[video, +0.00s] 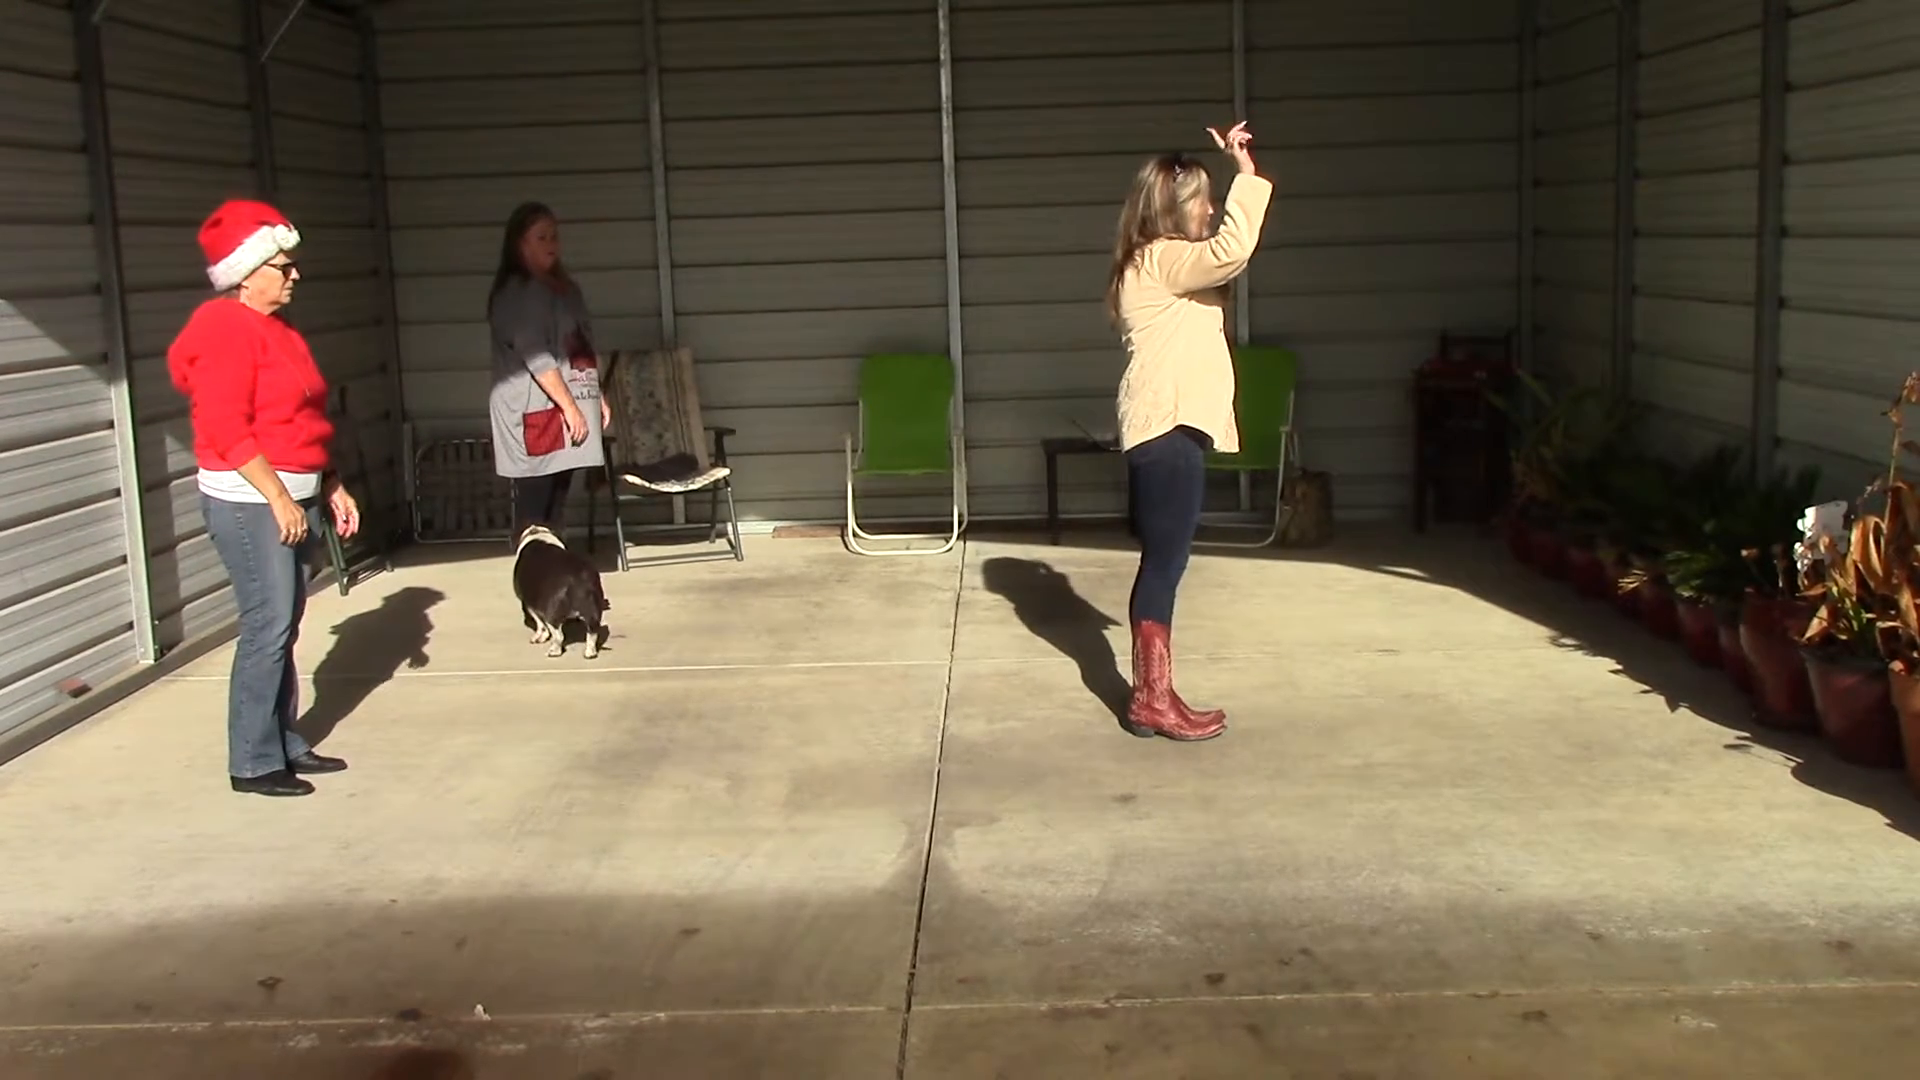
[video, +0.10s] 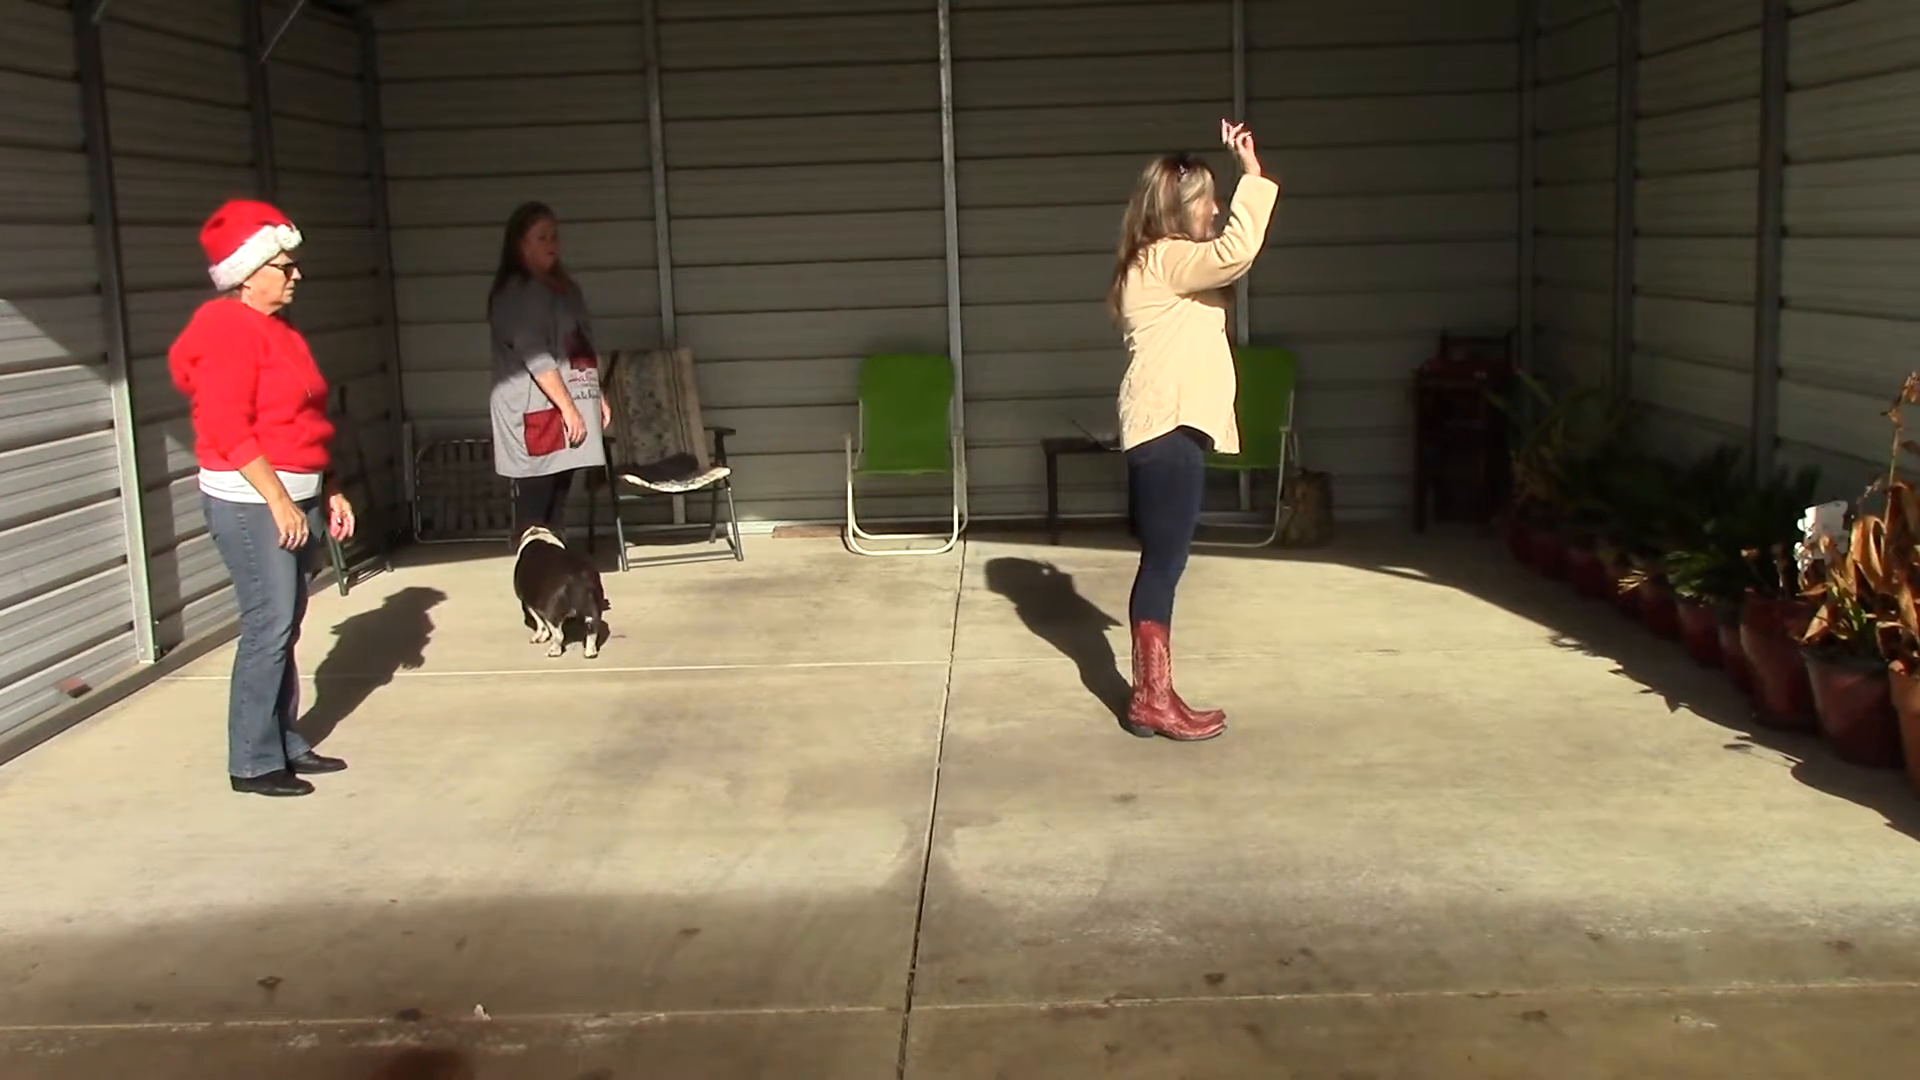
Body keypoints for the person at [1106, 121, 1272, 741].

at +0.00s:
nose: (1213, 209)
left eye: (1211, 199)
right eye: (1204, 200)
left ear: (1170, 206)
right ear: (1174, 206)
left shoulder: (1158, 262)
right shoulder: (1160, 258)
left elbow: (1227, 254)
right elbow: (1231, 250)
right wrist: (1250, 177)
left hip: (1167, 428)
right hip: (1168, 428)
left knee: (1162, 560)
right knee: (1164, 560)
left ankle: (1154, 695)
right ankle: (1151, 699)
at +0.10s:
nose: (1218, 209)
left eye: (1216, 199)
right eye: (1209, 199)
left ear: (1176, 206)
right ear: (1179, 207)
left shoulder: (1162, 261)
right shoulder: (1163, 258)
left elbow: (1231, 257)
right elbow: (1236, 251)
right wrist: (1255, 178)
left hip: (1168, 427)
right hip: (1168, 428)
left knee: (1162, 559)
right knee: (1163, 561)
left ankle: (1154, 694)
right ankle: (1151, 698)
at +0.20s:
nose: (1223, 210)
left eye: (1222, 199)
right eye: (1213, 200)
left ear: (1181, 207)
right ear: (1183, 207)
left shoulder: (1164, 262)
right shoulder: (1169, 259)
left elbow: (1237, 258)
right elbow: (1242, 254)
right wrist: (1262, 183)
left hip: (1171, 428)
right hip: (1171, 429)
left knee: (1163, 560)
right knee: (1162, 562)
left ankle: (1156, 695)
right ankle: (1150, 699)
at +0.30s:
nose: (1227, 212)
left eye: (1226, 201)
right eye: (1219, 201)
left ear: (1183, 205)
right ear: (1190, 205)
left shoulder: (1160, 263)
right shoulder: (1175, 259)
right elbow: (1248, 262)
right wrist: (1274, 191)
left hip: (1168, 427)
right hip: (1175, 427)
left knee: (1166, 561)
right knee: (1167, 563)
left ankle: (1156, 697)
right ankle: (1151, 700)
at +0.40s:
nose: (1230, 218)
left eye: (1230, 208)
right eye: (1222, 208)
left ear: (1180, 208)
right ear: (1192, 209)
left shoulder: (1156, 268)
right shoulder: (1183, 263)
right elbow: (1252, 274)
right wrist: (1287, 205)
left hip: (1158, 434)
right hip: (1183, 433)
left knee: (1173, 557)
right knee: (1207, 560)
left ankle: (1147, 690)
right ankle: (1157, 692)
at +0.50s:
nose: (1235, 226)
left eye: (1235, 215)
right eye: (1227, 215)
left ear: (1184, 214)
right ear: (1197, 214)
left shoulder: (1158, 274)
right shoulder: (1188, 268)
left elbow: (1217, 333)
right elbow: (1258, 280)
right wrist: (1299, 213)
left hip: (1159, 444)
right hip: (1192, 441)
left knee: (1190, 561)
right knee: (1254, 552)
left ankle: (1150, 686)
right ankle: (1171, 668)